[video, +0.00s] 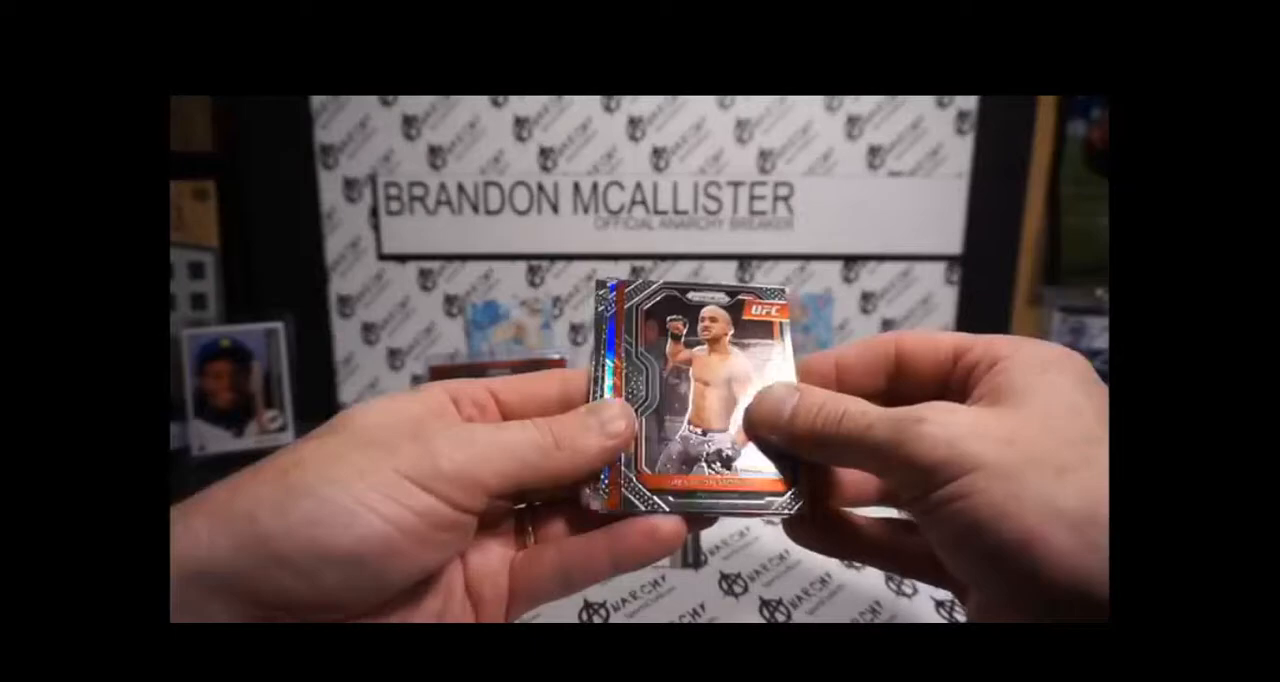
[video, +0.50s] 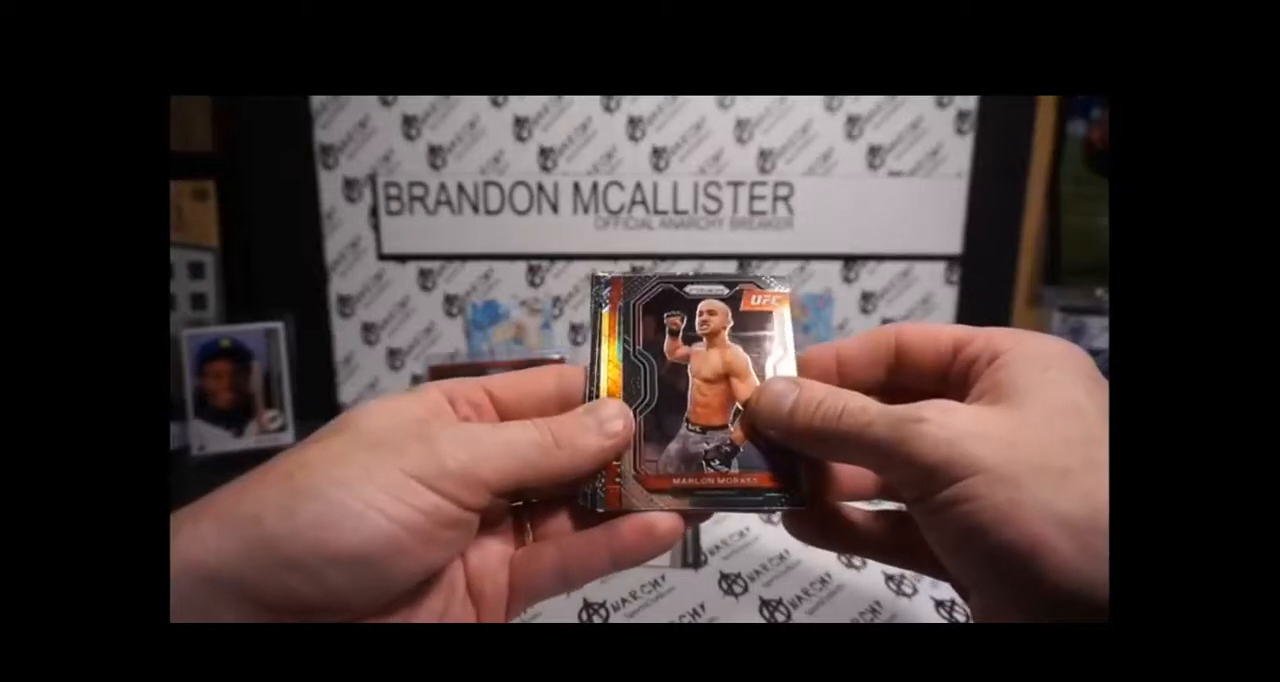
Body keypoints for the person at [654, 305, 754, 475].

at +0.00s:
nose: (705, 324)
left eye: (713, 320)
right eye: (702, 320)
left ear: (729, 329)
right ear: (698, 327)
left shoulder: (737, 363)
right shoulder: (698, 354)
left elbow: (750, 408)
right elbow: (675, 357)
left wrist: (736, 446)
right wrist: (675, 337)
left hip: (719, 438)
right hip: (688, 434)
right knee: (661, 481)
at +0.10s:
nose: (705, 324)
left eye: (713, 320)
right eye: (702, 320)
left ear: (729, 329)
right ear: (698, 327)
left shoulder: (737, 363)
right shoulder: (698, 354)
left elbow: (750, 408)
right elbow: (675, 357)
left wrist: (736, 446)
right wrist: (675, 337)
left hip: (719, 438)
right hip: (688, 434)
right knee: (661, 481)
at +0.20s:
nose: (702, 327)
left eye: (710, 323)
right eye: (699, 323)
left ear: (726, 331)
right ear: (695, 330)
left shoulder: (734, 366)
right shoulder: (696, 358)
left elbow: (754, 414)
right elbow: (673, 362)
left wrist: (734, 449)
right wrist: (673, 342)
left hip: (717, 442)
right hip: (688, 438)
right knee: (666, 479)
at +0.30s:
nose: (704, 325)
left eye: (711, 321)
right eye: (700, 322)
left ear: (727, 330)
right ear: (696, 328)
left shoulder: (735, 363)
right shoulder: (697, 357)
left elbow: (757, 411)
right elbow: (675, 360)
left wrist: (737, 448)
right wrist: (674, 341)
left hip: (719, 440)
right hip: (691, 437)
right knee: (669, 477)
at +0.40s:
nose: (704, 320)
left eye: (711, 316)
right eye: (700, 316)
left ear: (727, 324)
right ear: (696, 324)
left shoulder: (735, 359)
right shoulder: (697, 352)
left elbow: (757, 407)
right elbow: (674, 355)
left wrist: (735, 444)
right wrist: (673, 335)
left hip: (719, 437)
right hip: (690, 433)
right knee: (667, 476)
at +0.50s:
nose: (703, 318)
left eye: (711, 313)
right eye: (700, 314)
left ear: (728, 322)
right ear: (696, 321)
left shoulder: (734, 357)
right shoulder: (695, 350)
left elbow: (755, 407)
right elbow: (673, 353)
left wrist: (733, 446)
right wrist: (673, 333)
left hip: (716, 437)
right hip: (687, 432)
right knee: (664, 473)